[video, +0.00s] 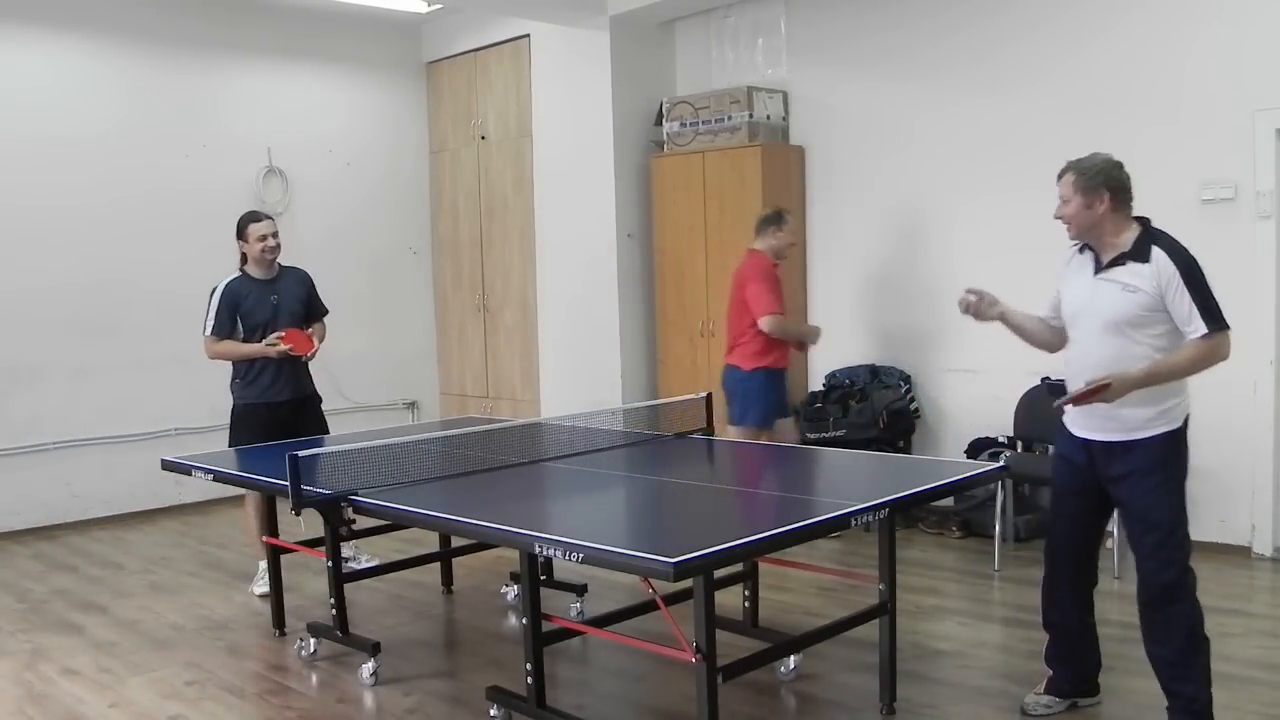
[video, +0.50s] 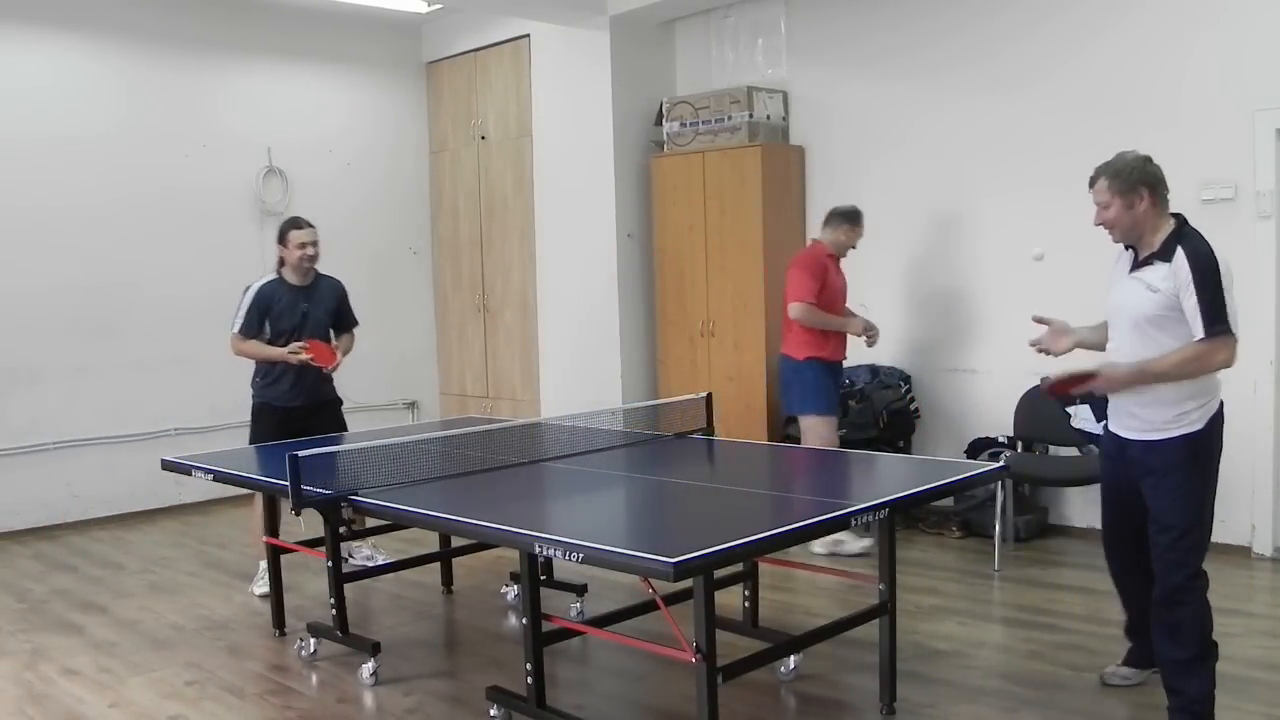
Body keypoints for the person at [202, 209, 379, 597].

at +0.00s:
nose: (272, 243)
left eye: (274, 236)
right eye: (262, 238)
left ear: (279, 238)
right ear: (243, 246)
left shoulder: (298, 279)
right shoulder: (229, 290)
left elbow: (317, 323)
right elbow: (214, 348)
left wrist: (311, 339)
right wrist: (263, 349)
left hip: (302, 402)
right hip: (255, 408)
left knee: (326, 474)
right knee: (257, 488)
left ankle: (342, 549)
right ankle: (267, 565)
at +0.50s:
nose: (310, 252)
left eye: (314, 245)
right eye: (302, 246)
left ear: (319, 248)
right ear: (282, 250)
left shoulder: (333, 289)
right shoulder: (262, 292)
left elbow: (347, 334)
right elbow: (239, 343)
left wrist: (337, 353)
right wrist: (282, 353)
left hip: (322, 405)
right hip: (274, 408)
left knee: (340, 476)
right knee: (268, 490)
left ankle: (348, 547)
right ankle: (267, 564)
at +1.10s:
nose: (317, 275)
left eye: (320, 267)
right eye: (309, 269)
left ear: (323, 269)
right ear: (286, 272)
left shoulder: (324, 309)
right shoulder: (261, 309)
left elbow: (324, 351)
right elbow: (234, 362)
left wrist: (333, 377)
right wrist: (285, 371)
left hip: (301, 412)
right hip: (253, 415)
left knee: (341, 470)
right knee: (236, 488)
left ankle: (352, 547)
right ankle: (217, 575)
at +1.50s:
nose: (310, 303)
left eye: (315, 296)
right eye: (302, 296)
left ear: (319, 296)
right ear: (280, 296)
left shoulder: (322, 334)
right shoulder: (250, 327)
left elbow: (325, 372)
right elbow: (216, 369)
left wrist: (312, 406)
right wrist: (248, 400)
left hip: (291, 413)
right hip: (242, 413)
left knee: (331, 471)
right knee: (227, 489)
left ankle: (342, 548)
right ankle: (215, 577)